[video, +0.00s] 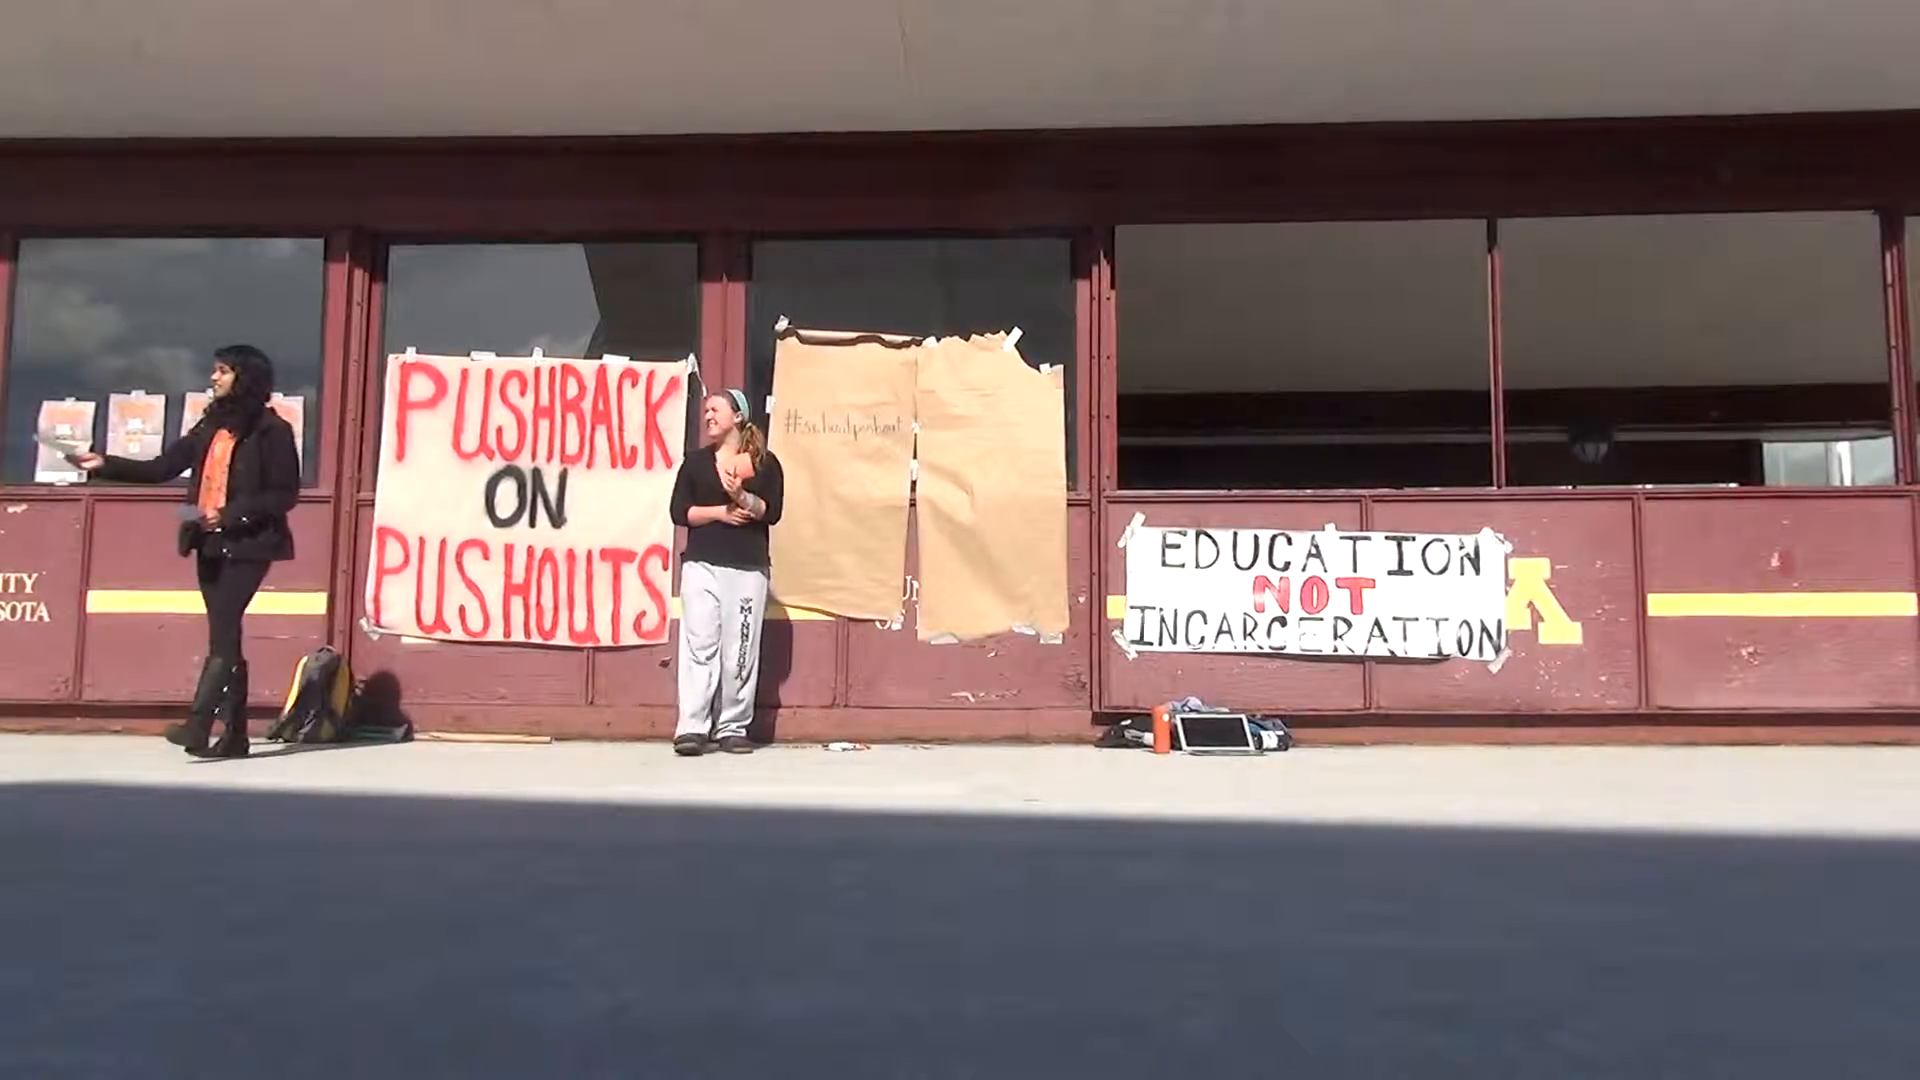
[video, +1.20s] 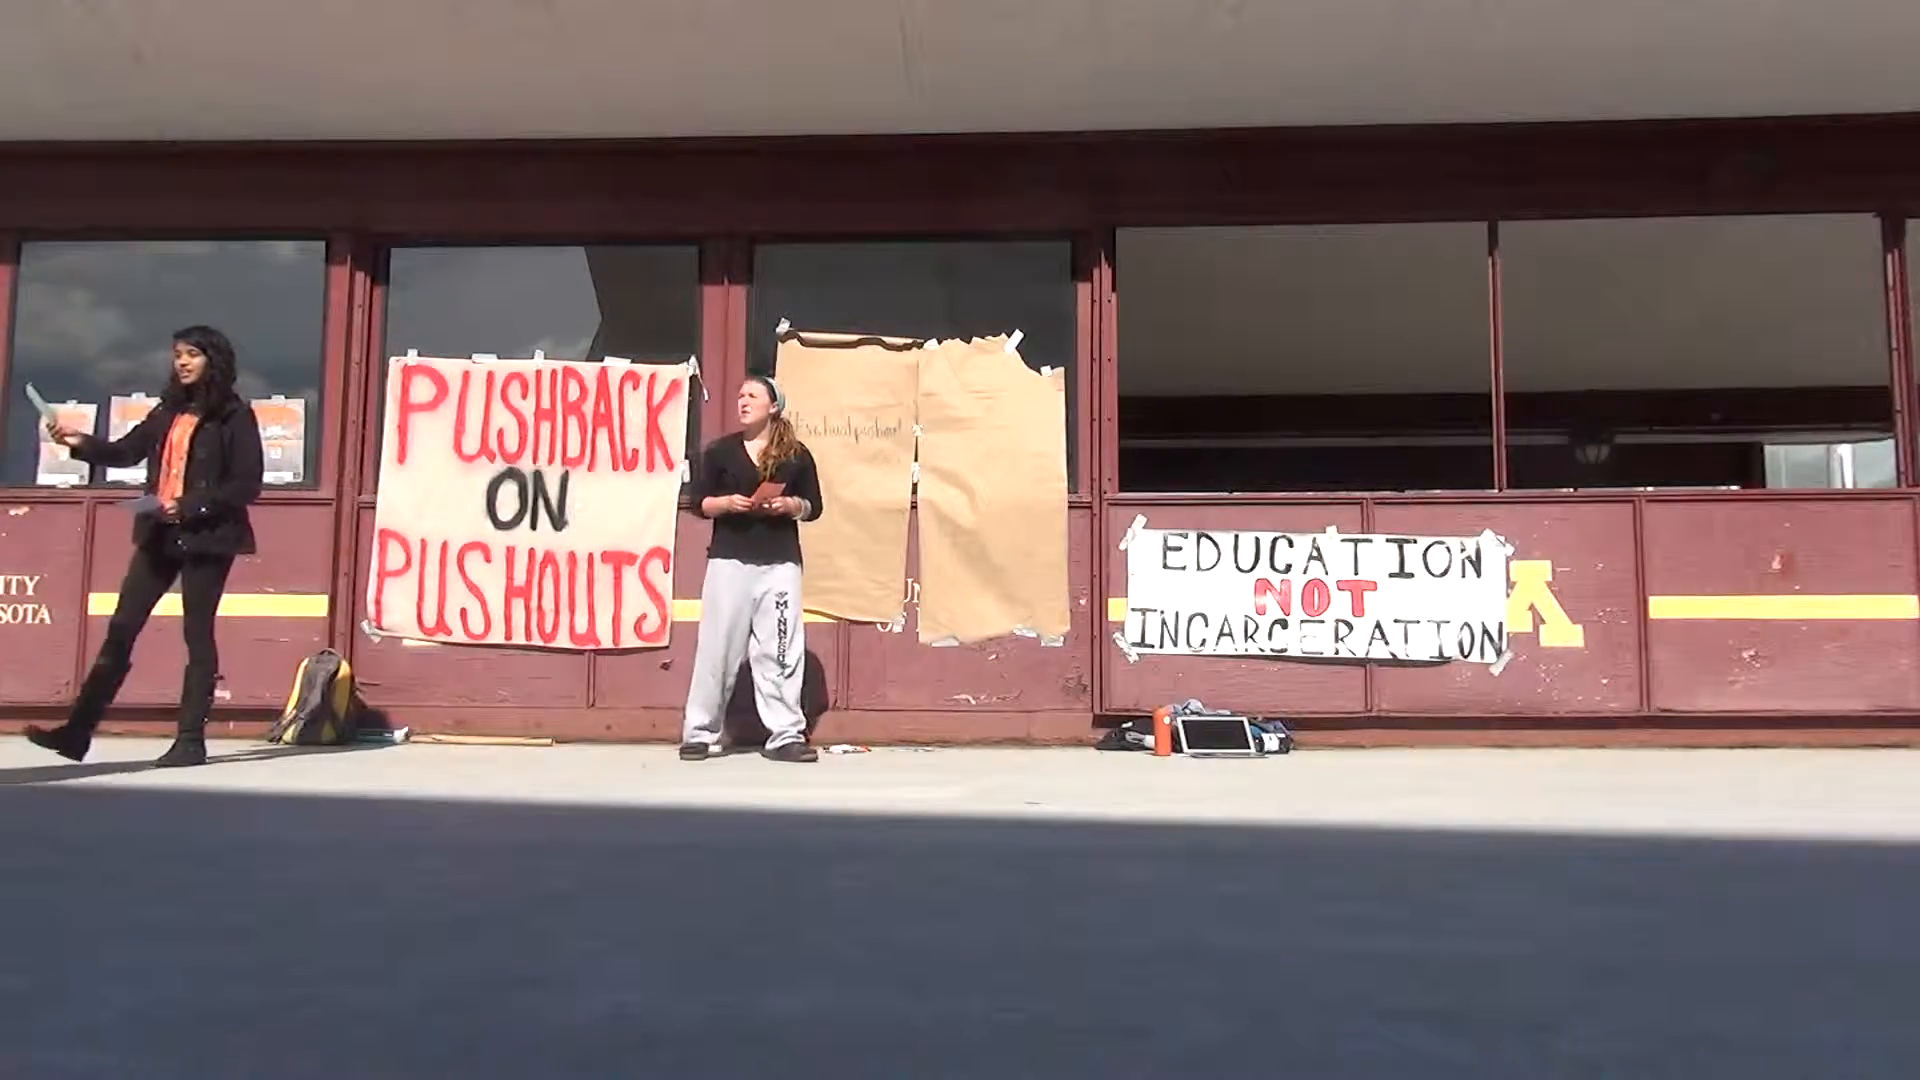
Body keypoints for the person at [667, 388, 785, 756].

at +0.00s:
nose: (708, 416)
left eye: (715, 410)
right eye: (707, 411)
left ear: (738, 416)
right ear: (709, 416)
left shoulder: (765, 462)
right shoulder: (695, 461)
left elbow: (772, 514)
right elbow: (679, 512)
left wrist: (739, 494)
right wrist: (718, 513)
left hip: (747, 566)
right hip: (701, 563)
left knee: (740, 647)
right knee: (699, 646)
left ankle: (733, 728)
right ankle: (691, 728)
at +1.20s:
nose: (742, 402)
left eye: (752, 397)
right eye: (740, 396)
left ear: (774, 406)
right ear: (736, 405)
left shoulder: (796, 455)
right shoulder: (718, 452)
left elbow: (813, 507)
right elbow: (695, 503)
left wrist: (791, 506)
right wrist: (725, 504)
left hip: (780, 564)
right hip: (729, 562)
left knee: (781, 651)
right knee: (717, 648)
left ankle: (785, 736)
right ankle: (699, 735)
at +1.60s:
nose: (789, 400)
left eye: (797, 394)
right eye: (784, 395)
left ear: (816, 404)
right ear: (778, 404)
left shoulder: (833, 453)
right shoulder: (766, 444)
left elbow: (848, 509)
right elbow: (752, 492)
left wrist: (829, 498)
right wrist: (747, 475)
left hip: (813, 560)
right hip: (766, 555)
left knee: (805, 649)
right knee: (759, 643)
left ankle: (789, 737)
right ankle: (736, 732)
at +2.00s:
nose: (810, 401)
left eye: (818, 394)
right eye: (802, 395)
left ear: (831, 401)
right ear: (793, 402)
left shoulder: (843, 449)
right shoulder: (774, 442)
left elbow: (852, 513)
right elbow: (766, 492)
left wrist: (846, 493)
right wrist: (773, 483)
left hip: (827, 558)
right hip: (782, 554)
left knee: (818, 650)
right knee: (788, 647)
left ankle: (799, 735)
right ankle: (788, 739)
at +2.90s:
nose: (847, 382)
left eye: (856, 377)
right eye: (841, 374)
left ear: (866, 388)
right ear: (827, 381)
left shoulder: (870, 434)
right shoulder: (808, 428)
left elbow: (881, 504)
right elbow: (788, 479)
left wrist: (879, 484)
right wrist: (822, 478)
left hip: (861, 552)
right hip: (811, 550)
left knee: (875, 647)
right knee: (800, 652)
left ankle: (897, 739)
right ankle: (801, 746)